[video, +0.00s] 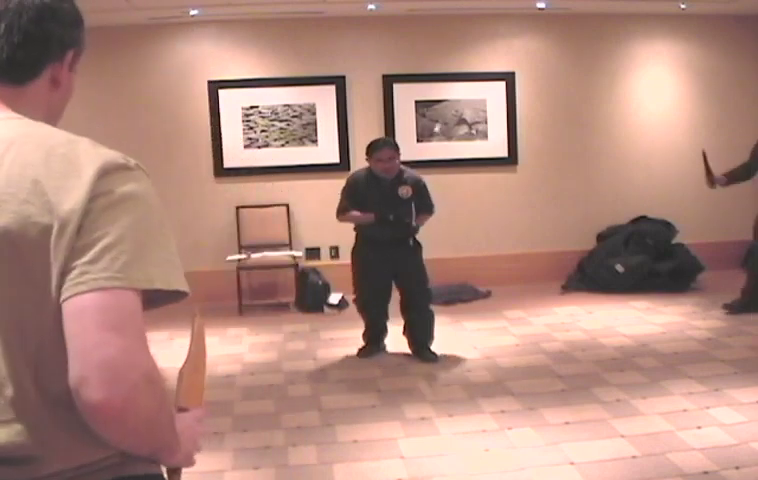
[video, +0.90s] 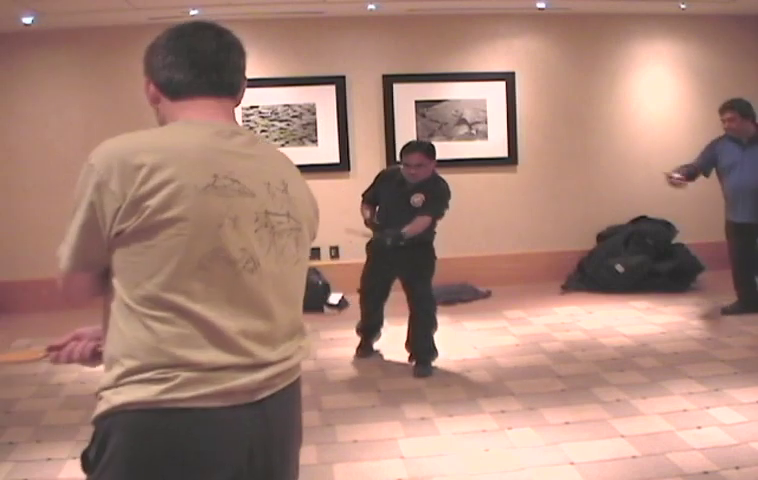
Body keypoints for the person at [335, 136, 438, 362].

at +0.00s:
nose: (387, 165)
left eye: (391, 160)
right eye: (381, 161)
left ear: (399, 158)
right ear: (370, 161)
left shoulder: (412, 181)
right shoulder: (357, 181)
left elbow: (426, 210)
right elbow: (342, 214)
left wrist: (409, 227)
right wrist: (374, 218)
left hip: (404, 248)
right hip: (370, 250)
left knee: (417, 298)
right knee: (369, 299)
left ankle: (420, 345)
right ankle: (373, 342)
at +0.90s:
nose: (412, 172)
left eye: (418, 166)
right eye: (407, 165)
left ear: (432, 165)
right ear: (401, 163)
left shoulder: (438, 187)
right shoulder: (387, 177)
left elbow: (426, 219)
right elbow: (367, 202)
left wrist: (400, 234)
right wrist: (371, 221)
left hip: (416, 250)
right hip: (382, 248)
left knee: (421, 303)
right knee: (370, 294)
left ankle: (423, 357)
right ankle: (367, 337)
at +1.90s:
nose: (382, 165)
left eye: (386, 159)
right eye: (375, 161)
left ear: (394, 158)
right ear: (364, 164)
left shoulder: (407, 183)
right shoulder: (353, 186)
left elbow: (433, 215)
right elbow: (335, 219)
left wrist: (451, 243)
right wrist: (334, 249)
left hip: (402, 250)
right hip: (366, 252)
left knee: (412, 301)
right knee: (369, 302)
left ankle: (424, 350)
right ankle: (377, 341)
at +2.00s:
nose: (377, 162)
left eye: (380, 156)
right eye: (370, 159)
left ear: (387, 154)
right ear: (359, 162)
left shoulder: (404, 179)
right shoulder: (348, 183)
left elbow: (426, 215)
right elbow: (331, 218)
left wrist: (441, 242)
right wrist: (332, 248)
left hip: (400, 245)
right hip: (364, 248)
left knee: (412, 296)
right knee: (369, 299)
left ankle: (421, 345)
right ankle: (378, 339)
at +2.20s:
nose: (374, 155)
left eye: (375, 149)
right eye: (366, 153)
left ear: (379, 148)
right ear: (354, 157)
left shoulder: (399, 173)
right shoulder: (345, 179)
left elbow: (412, 210)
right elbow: (328, 215)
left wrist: (413, 244)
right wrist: (330, 246)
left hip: (396, 237)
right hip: (364, 240)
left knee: (409, 283)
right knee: (370, 290)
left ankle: (402, 328)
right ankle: (377, 336)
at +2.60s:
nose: (377, 157)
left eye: (377, 152)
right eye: (370, 155)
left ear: (382, 151)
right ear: (357, 160)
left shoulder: (397, 176)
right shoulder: (346, 180)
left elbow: (408, 207)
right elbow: (332, 214)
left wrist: (398, 233)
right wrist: (334, 240)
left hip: (391, 236)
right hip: (361, 238)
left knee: (395, 282)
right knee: (366, 286)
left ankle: (376, 322)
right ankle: (377, 333)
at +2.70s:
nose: (379, 159)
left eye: (380, 154)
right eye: (373, 157)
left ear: (384, 153)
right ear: (359, 159)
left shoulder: (397, 177)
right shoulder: (346, 180)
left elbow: (406, 210)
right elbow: (332, 212)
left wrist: (407, 239)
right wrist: (333, 239)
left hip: (390, 237)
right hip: (360, 238)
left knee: (393, 279)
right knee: (366, 282)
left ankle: (380, 322)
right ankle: (375, 330)